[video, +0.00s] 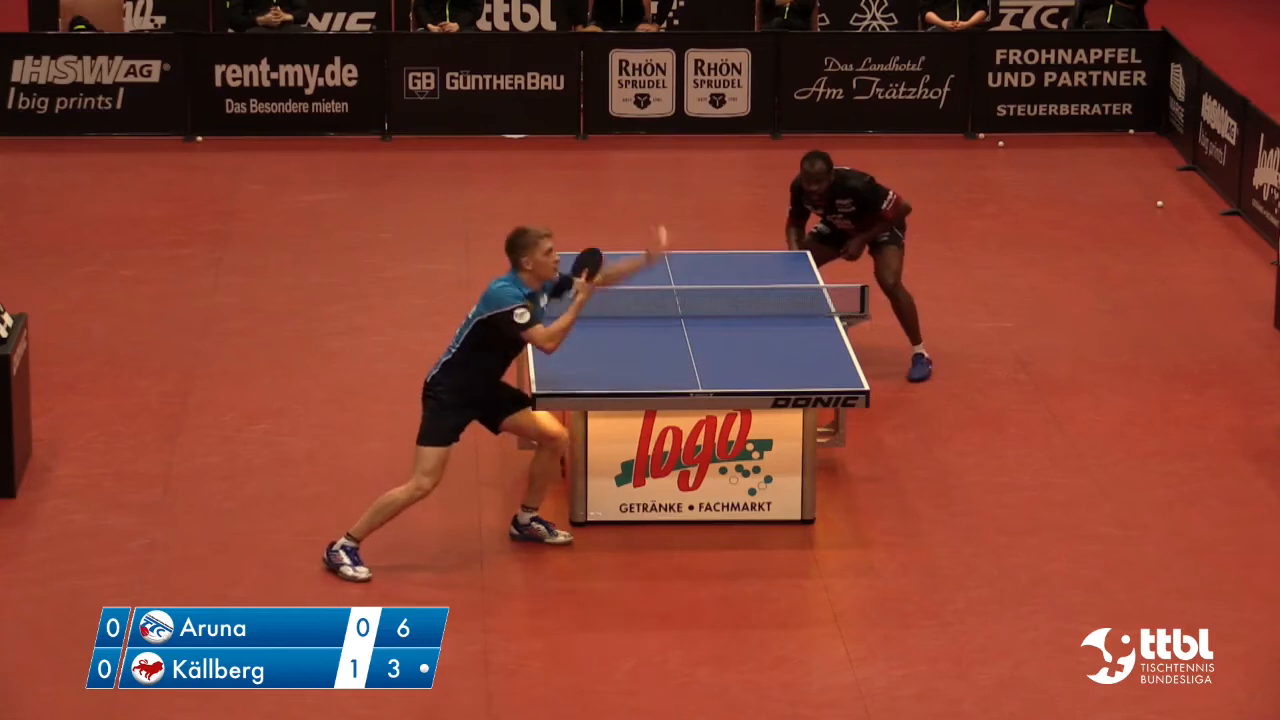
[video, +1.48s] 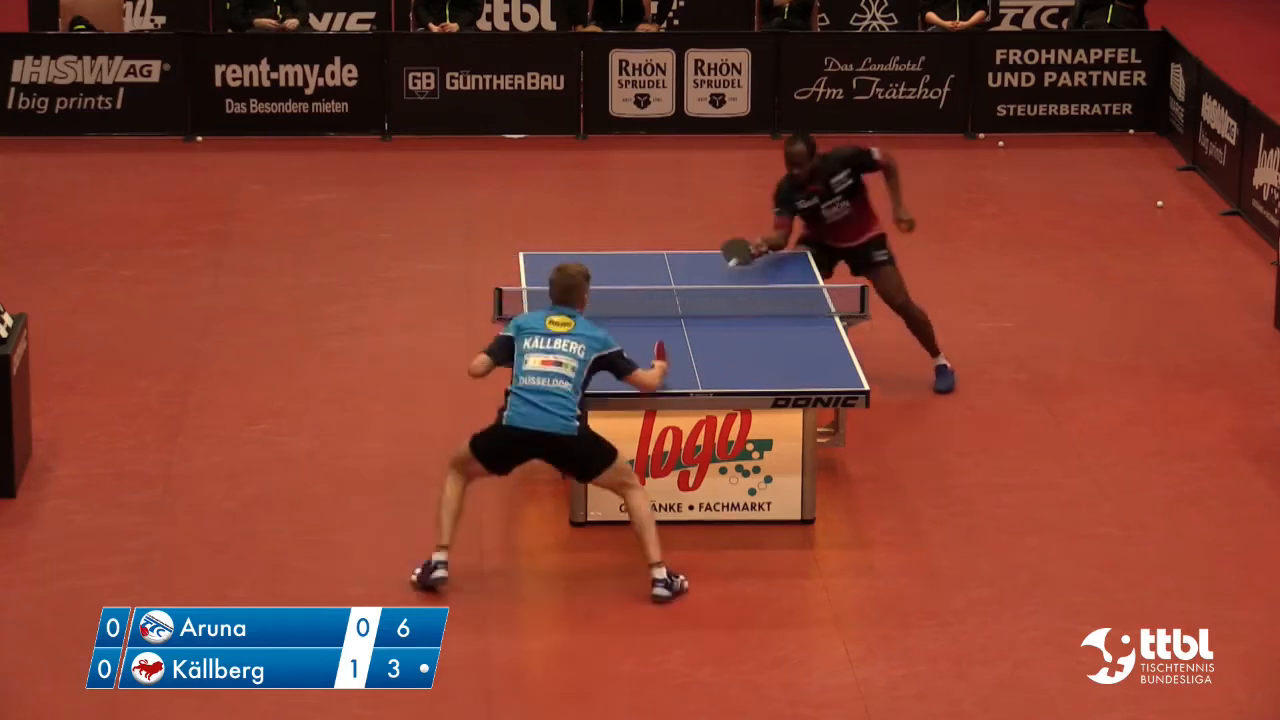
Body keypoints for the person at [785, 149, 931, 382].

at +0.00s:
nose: (813, 189)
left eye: (819, 182)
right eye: (808, 183)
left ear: (831, 176)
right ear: (801, 177)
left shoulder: (856, 184)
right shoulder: (799, 188)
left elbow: (902, 208)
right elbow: (795, 222)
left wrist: (862, 240)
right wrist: (795, 252)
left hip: (880, 225)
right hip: (838, 227)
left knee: (889, 283)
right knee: (795, 265)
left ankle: (919, 353)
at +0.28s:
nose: (808, 187)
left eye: (814, 181)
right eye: (803, 181)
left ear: (826, 175)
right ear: (796, 176)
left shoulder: (851, 183)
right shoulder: (793, 188)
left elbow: (897, 205)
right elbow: (786, 226)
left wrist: (857, 239)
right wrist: (790, 252)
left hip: (873, 226)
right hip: (829, 228)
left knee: (886, 282)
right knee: (789, 265)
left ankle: (919, 353)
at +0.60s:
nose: (806, 180)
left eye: (812, 174)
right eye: (801, 174)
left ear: (824, 170)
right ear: (794, 169)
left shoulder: (849, 178)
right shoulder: (790, 183)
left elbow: (893, 200)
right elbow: (781, 215)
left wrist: (854, 234)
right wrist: (776, 241)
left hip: (868, 226)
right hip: (823, 227)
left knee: (890, 281)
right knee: (780, 261)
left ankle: (921, 350)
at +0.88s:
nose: (831, 164)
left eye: (837, 157)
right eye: (825, 157)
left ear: (849, 154)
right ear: (819, 156)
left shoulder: (874, 170)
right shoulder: (815, 177)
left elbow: (916, 197)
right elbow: (807, 213)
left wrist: (877, 230)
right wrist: (787, 227)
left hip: (889, 231)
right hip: (844, 232)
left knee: (908, 294)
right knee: (799, 279)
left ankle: (925, 355)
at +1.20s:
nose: (825, 153)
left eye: (831, 147)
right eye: (820, 147)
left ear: (846, 142)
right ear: (815, 145)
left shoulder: (876, 157)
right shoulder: (819, 175)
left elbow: (921, 183)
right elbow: (808, 223)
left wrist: (888, 226)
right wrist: (780, 230)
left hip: (900, 234)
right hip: (855, 236)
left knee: (914, 303)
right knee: (811, 287)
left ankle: (942, 364)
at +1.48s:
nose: (795, 171)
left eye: (800, 164)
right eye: (791, 165)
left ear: (814, 156)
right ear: (786, 162)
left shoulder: (844, 160)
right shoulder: (787, 189)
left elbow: (888, 164)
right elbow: (781, 236)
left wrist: (898, 209)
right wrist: (766, 243)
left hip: (864, 239)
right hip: (820, 244)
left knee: (900, 303)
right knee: (791, 296)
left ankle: (939, 361)